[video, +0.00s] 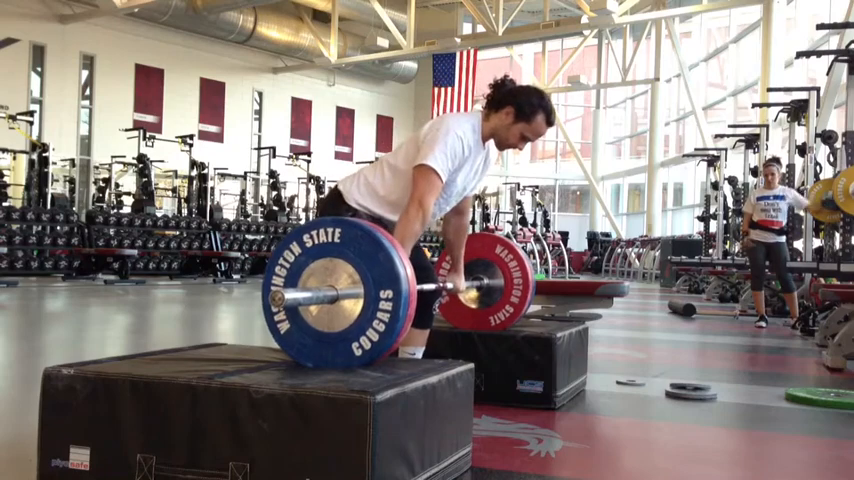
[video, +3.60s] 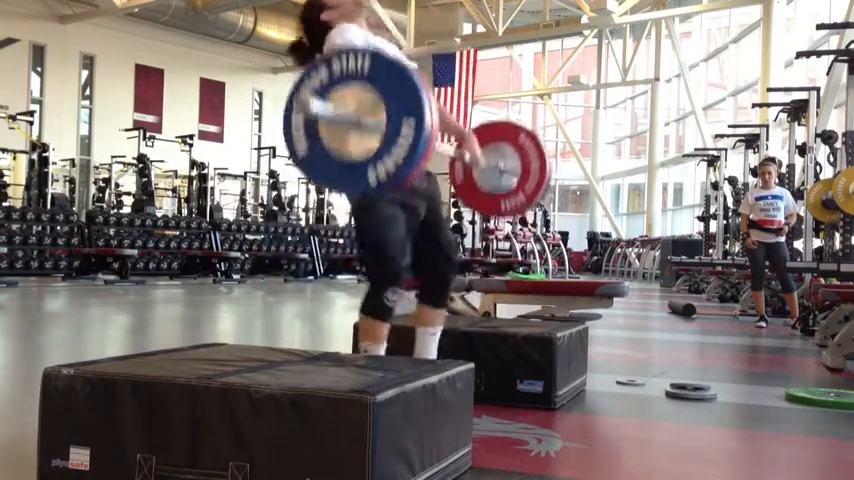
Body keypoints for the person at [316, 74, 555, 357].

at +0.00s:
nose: (522, 147)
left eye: (529, 142)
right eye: (524, 137)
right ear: (507, 113)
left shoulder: (484, 153)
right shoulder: (453, 130)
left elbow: (458, 214)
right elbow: (419, 205)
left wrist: (457, 270)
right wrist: (390, 270)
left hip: (390, 224)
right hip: (350, 210)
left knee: (425, 288)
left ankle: (406, 384)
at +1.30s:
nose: (487, 122)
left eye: (492, 116)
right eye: (487, 112)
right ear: (465, 95)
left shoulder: (454, 141)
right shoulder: (419, 123)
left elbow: (446, 209)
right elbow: (402, 206)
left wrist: (459, 266)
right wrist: (387, 272)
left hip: (387, 231)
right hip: (349, 223)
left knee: (433, 291)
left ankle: (408, 387)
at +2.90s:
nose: (473, 63)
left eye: (470, 57)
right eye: (464, 58)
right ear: (440, 73)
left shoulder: (453, 130)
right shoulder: (425, 116)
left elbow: (448, 203)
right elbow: (406, 197)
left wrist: (457, 262)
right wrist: (393, 264)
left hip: (383, 225)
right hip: (346, 217)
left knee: (431, 288)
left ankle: (406, 385)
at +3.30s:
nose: (466, 13)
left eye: (461, 7)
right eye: (455, 8)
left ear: (443, 27)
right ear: (436, 26)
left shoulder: (457, 79)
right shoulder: (429, 64)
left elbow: (450, 154)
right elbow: (406, 139)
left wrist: (454, 212)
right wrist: (392, 209)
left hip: (413, 205)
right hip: (385, 202)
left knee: (434, 285)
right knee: (402, 285)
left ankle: (412, 383)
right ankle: (374, 385)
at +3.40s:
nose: (410, 2)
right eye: (398, 1)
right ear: (378, 18)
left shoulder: (419, 62)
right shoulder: (391, 52)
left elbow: (433, 140)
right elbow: (389, 127)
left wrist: (455, 196)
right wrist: (404, 196)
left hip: (442, 201)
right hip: (412, 199)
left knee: (454, 291)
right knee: (409, 295)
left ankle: (417, 374)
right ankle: (376, 380)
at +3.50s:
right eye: (337, 1)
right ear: (334, 20)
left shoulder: (389, 52)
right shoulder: (354, 44)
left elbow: (420, 115)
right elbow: (368, 105)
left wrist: (457, 158)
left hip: (426, 183)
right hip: (390, 182)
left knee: (426, 278)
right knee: (387, 280)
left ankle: (415, 373)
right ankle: (371, 377)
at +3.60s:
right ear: (327, 14)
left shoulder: (383, 43)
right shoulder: (343, 38)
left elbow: (420, 97)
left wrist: (462, 132)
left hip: (419, 181)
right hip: (378, 185)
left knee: (441, 268)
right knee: (387, 277)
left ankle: (423, 372)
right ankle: (369, 378)